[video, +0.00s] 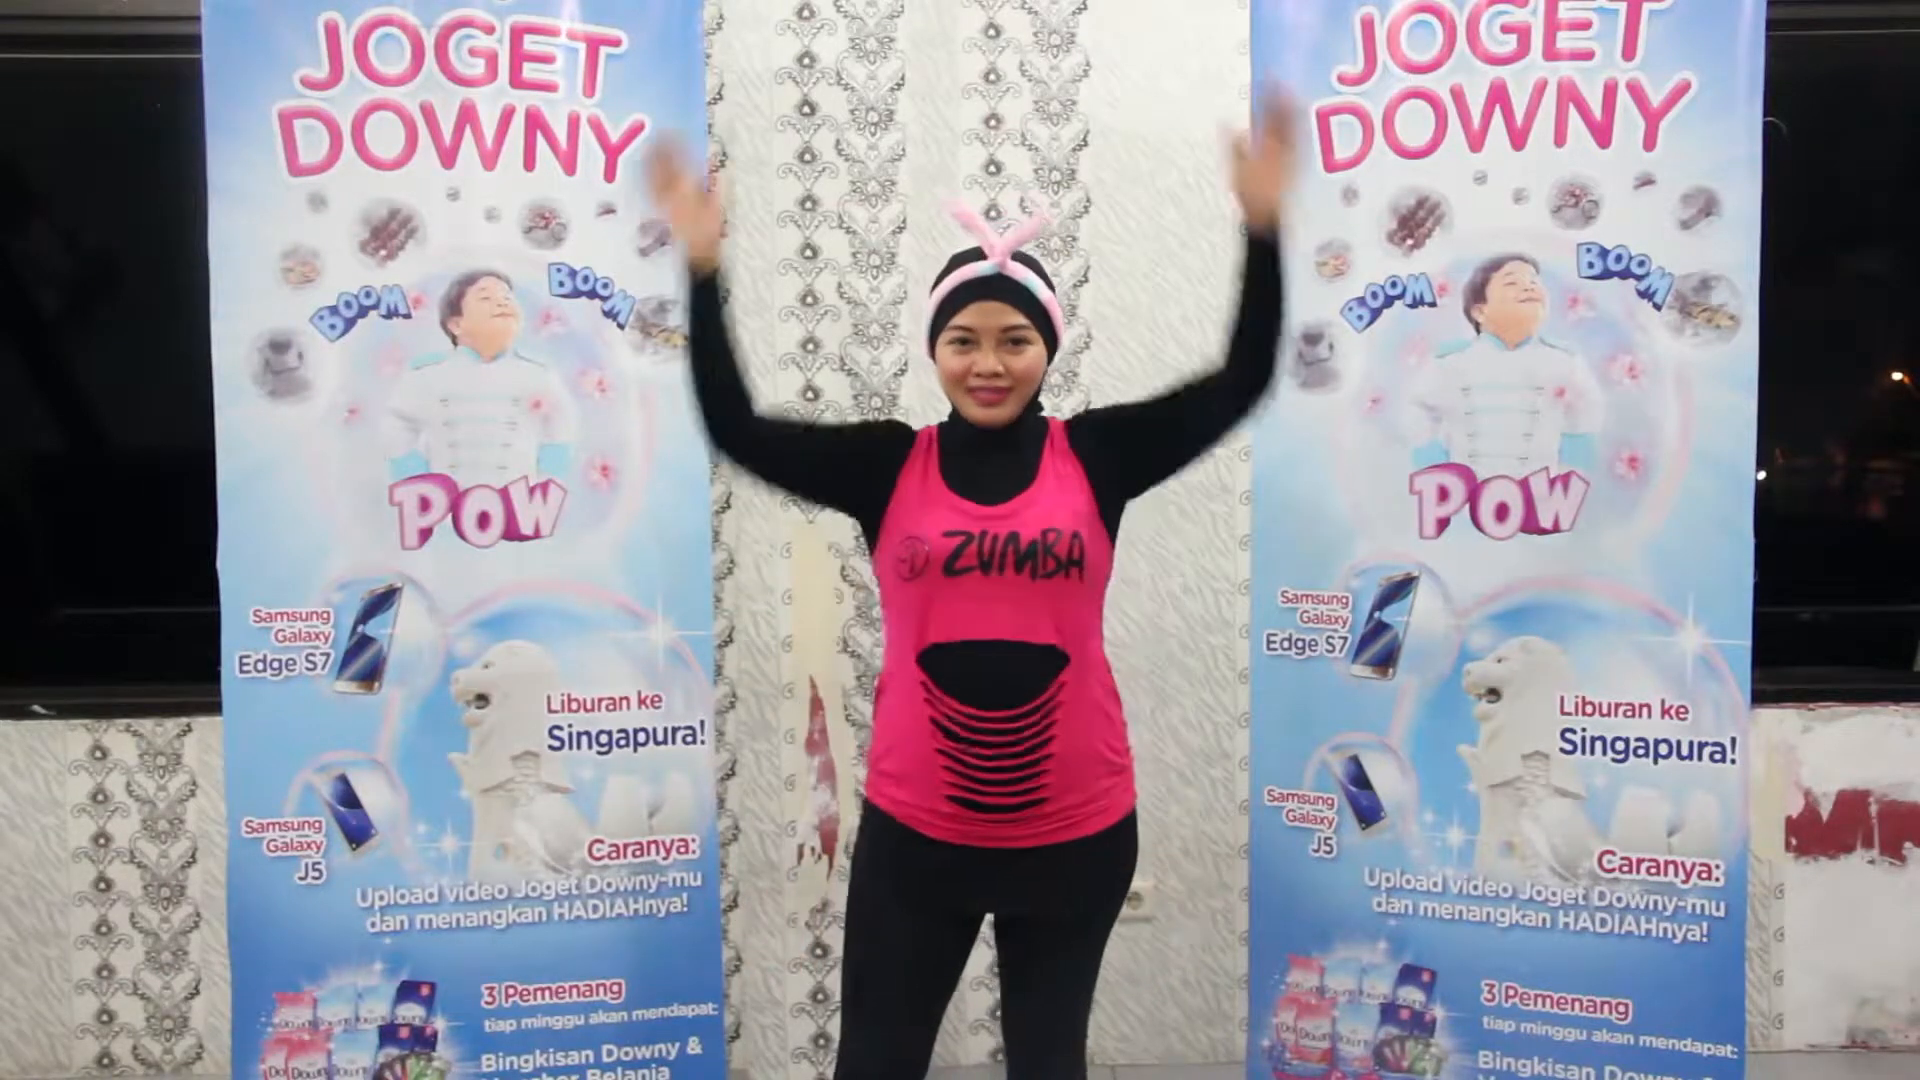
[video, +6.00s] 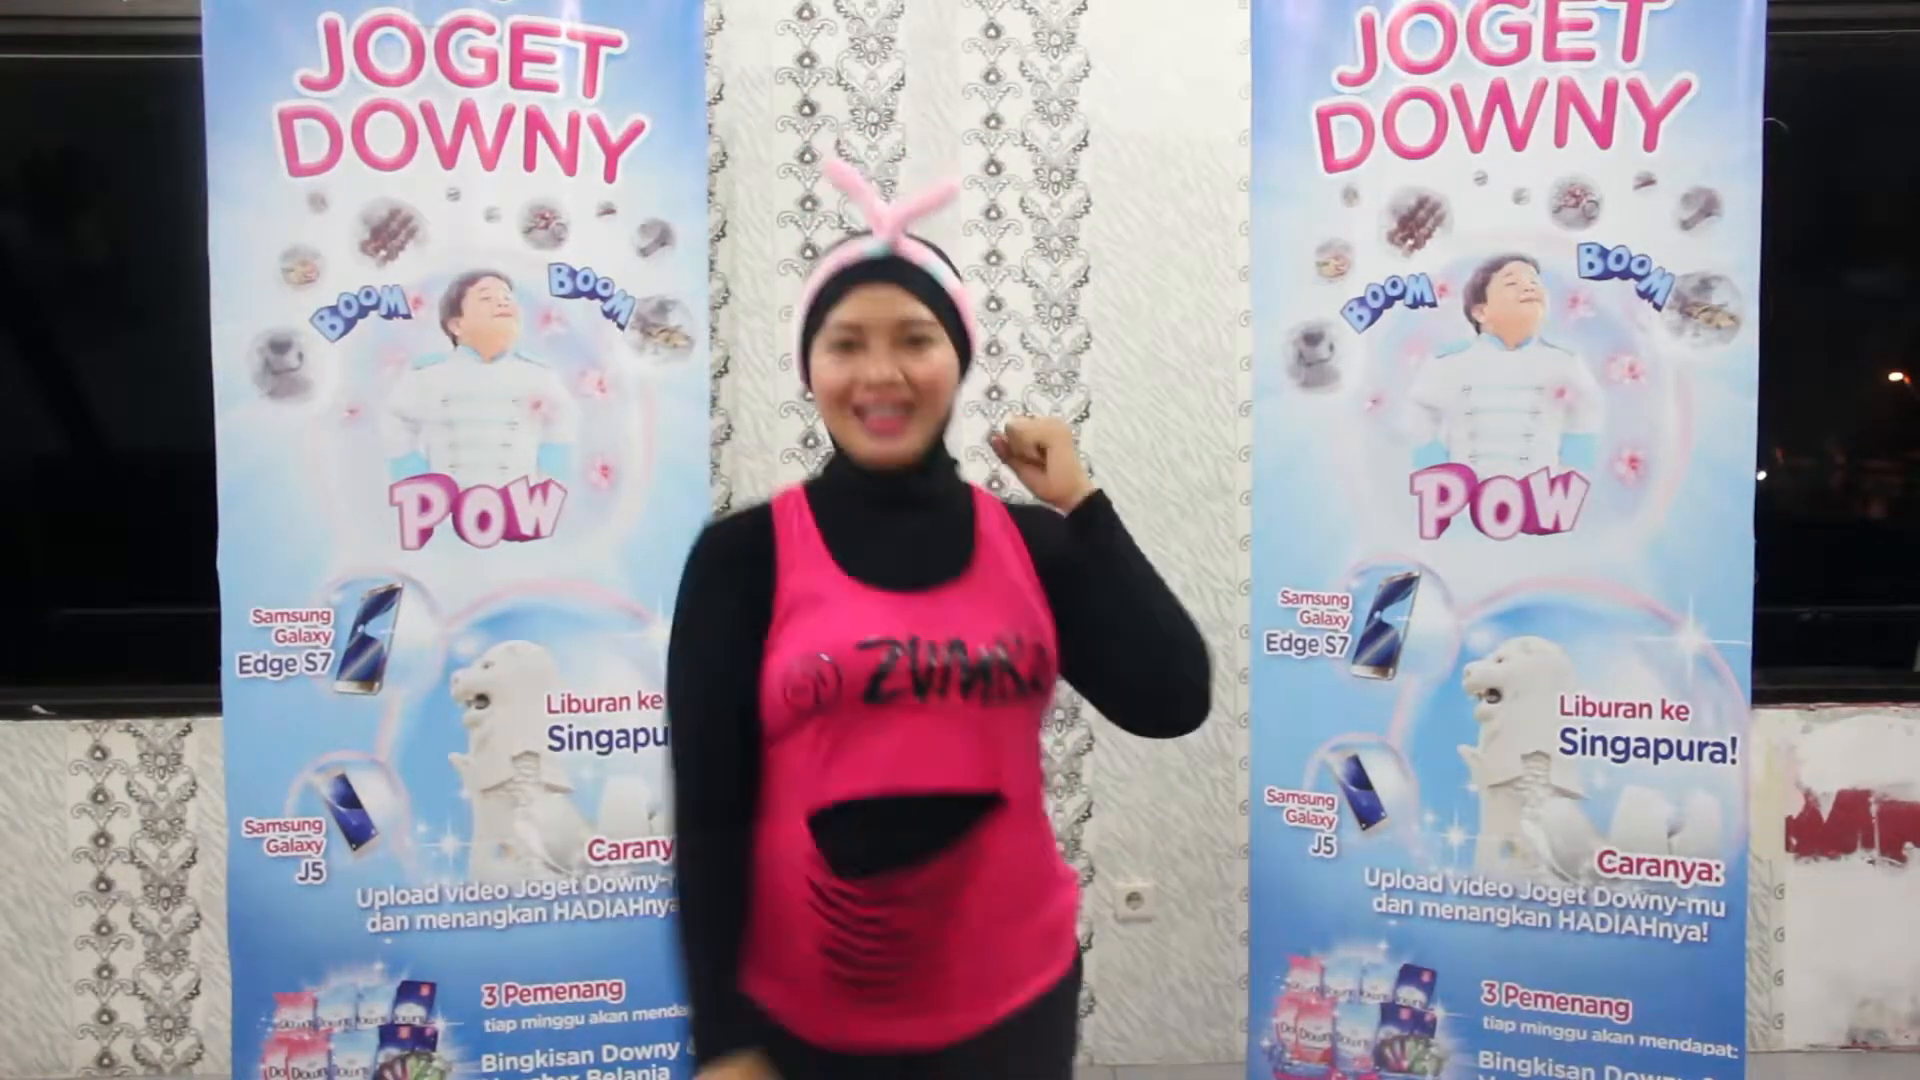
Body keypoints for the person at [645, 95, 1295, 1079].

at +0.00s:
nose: (989, 360)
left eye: (1014, 339)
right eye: (965, 339)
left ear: (1048, 355)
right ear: (936, 356)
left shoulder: (1099, 457)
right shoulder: (884, 467)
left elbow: (1244, 378)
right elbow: (738, 431)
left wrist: (1264, 229)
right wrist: (703, 270)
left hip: (1070, 837)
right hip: (916, 833)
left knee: (1048, 1063)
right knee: (874, 1064)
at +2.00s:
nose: (960, 360)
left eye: (986, 340)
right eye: (938, 339)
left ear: (1020, 357)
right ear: (906, 356)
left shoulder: (1055, 458)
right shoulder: (865, 457)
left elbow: (1125, 285)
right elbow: (817, 289)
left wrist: (1047, 142)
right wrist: (921, 155)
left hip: (1046, 836)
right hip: (890, 834)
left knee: (1035, 1063)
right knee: (828, 1062)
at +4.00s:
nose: (904, 296)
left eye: (926, 276)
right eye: (879, 278)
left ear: (961, 294)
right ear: (846, 300)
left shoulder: (1008, 403)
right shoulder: (795, 422)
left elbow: (1118, 547)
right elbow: (753, 590)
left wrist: (1011, 443)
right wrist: (817, 553)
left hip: (986, 776)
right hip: (828, 774)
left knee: (1007, 1043)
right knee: (793, 1038)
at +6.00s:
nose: (881, 373)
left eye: (913, 341)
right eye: (847, 344)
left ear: (960, 366)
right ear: (810, 372)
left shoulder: (1029, 543)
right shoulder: (743, 556)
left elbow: (1173, 704)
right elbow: (710, 804)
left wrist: (1082, 505)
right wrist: (720, 1031)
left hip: (1005, 1011)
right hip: (805, 1015)